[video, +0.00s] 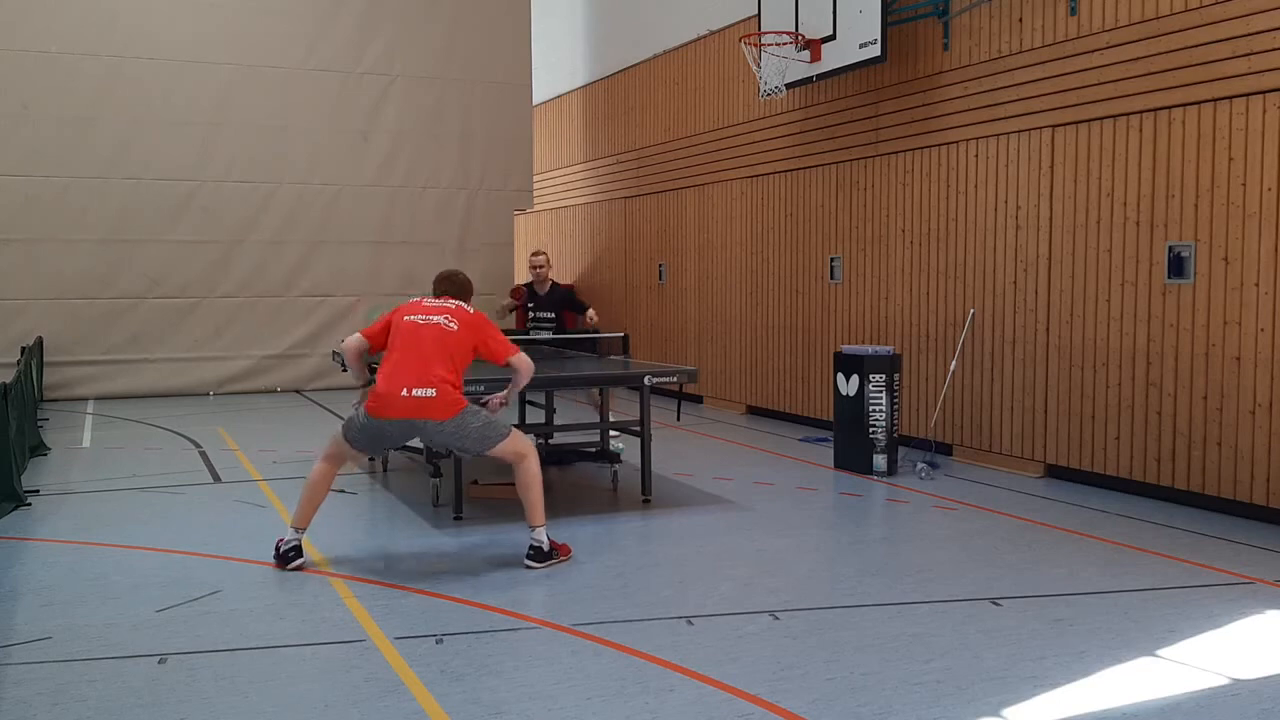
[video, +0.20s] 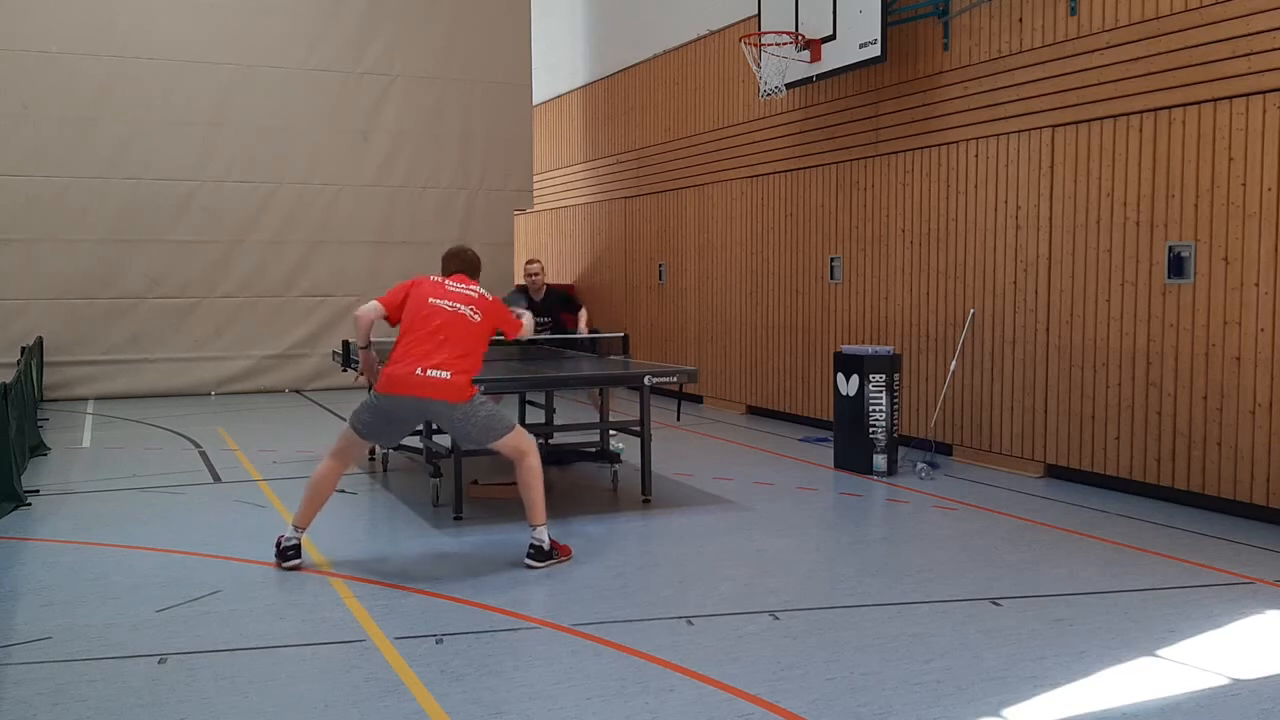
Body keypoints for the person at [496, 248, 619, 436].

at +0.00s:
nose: (537, 271)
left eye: (541, 267)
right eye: (533, 267)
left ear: (549, 268)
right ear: (529, 269)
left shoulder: (562, 292)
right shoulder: (523, 292)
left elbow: (586, 309)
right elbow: (500, 315)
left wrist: (590, 316)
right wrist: (508, 305)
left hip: (561, 351)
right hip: (531, 351)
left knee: (589, 382)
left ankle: (607, 424)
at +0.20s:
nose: (532, 279)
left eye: (536, 275)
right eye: (528, 275)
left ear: (544, 276)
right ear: (524, 278)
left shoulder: (558, 295)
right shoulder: (517, 298)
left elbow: (581, 310)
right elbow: (501, 311)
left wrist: (582, 326)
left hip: (561, 350)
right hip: (528, 351)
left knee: (590, 383)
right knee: (498, 379)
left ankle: (607, 428)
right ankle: (480, 420)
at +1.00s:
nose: (540, 282)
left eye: (543, 278)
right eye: (536, 279)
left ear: (550, 279)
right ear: (530, 281)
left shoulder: (563, 296)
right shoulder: (525, 298)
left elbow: (578, 312)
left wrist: (573, 331)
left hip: (563, 349)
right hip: (535, 349)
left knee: (589, 381)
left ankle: (606, 422)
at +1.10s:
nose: (540, 294)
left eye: (543, 290)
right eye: (535, 290)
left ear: (549, 288)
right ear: (529, 290)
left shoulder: (559, 301)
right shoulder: (524, 304)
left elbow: (580, 317)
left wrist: (574, 336)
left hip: (563, 350)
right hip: (536, 350)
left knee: (591, 381)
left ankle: (605, 423)